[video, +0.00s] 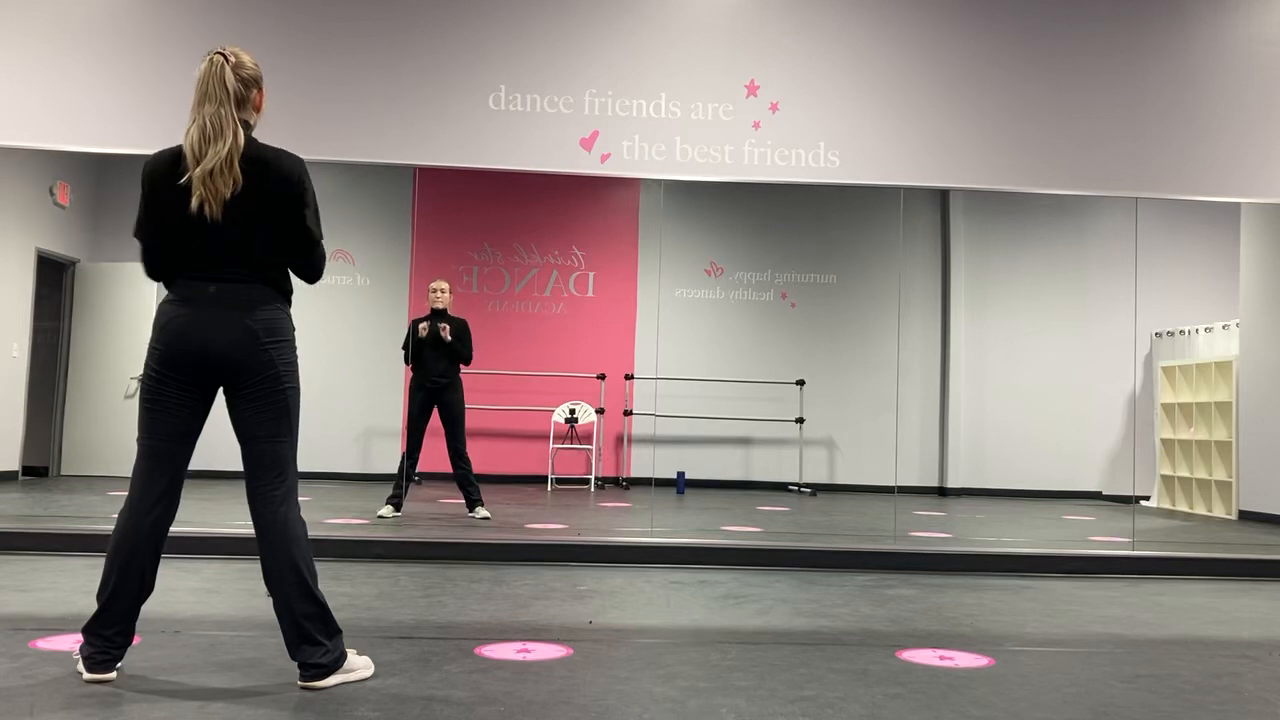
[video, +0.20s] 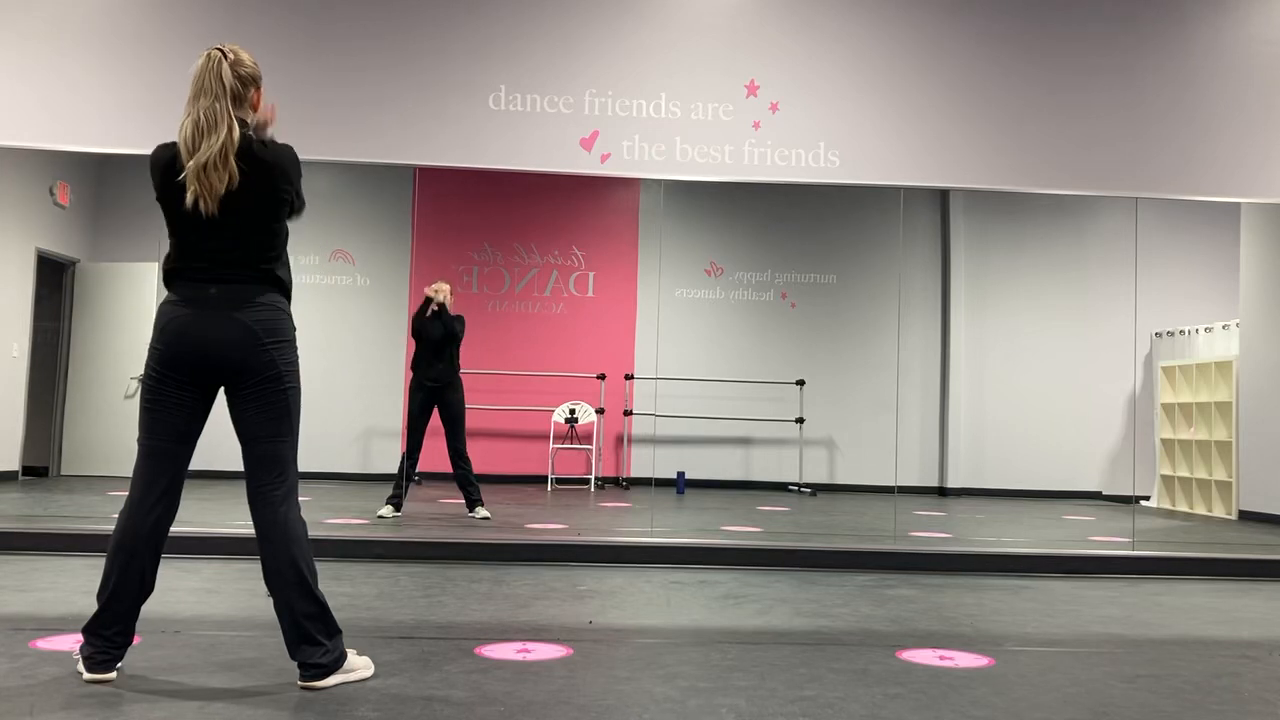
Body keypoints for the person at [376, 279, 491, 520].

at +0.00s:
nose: (438, 294)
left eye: (442, 291)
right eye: (434, 291)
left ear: (450, 297)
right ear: (427, 297)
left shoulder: (459, 324)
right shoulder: (417, 325)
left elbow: (467, 359)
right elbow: (408, 358)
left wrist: (449, 339)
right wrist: (419, 338)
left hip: (450, 390)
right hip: (421, 390)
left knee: (458, 448)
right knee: (412, 448)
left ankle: (475, 504)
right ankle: (394, 503)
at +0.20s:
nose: (438, 296)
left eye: (444, 292)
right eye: (435, 292)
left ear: (451, 299)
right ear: (430, 296)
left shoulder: (457, 320)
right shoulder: (421, 318)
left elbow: (456, 335)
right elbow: (417, 331)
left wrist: (443, 307)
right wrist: (427, 302)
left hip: (450, 387)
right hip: (421, 386)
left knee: (458, 448)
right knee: (412, 448)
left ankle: (475, 504)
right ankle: (394, 503)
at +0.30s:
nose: (437, 296)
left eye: (441, 293)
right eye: (433, 293)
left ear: (448, 298)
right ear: (428, 299)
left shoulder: (455, 322)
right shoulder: (421, 321)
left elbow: (454, 300)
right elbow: (416, 295)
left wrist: (444, 276)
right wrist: (428, 273)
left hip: (450, 388)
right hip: (421, 387)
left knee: (458, 448)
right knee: (412, 448)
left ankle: (475, 505)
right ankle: (394, 503)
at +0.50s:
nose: (438, 293)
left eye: (442, 291)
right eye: (434, 290)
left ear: (449, 297)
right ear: (428, 297)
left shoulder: (455, 318)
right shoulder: (420, 317)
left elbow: (456, 288)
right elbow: (418, 284)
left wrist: (451, 252)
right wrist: (425, 251)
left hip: (450, 387)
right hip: (421, 387)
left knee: (458, 447)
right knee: (412, 447)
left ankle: (475, 504)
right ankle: (394, 503)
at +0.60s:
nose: (437, 295)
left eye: (441, 291)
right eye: (433, 291)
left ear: (448, 296)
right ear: (427, 297)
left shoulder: (455, 317)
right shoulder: (420, 316)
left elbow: (455, 287)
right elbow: (419, 284)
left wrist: (454, 251)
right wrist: (421, 251)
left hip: (450, 387)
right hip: (421, 387)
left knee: (458, 447)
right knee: (412, 447)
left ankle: (475, 504)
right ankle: (394, 503)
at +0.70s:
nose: (436, 294)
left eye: (441, 291)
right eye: (433, 290)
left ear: (449, 296)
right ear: (427, 296)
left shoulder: (455, 317)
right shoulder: (420, 316)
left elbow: (457, 286)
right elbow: (418, 284)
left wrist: (458, 251)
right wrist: (418, 250)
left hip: (450, 387)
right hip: (421, 387)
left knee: (458, 447)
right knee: (412, 447)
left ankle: (474, 504)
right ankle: (394, 503)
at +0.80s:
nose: (438, 293)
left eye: (442, 290)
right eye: (434, 290)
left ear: (449, 296)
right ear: (428, 296)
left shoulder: (455, 316)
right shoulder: (420, 316)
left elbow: (459, 285)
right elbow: (416, 283)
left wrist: (464, 251)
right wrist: (415, 250)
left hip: (450, 386)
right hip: (421, 386)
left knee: (458, 447)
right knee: (412, 447)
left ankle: (474, 504)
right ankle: (394, 503)